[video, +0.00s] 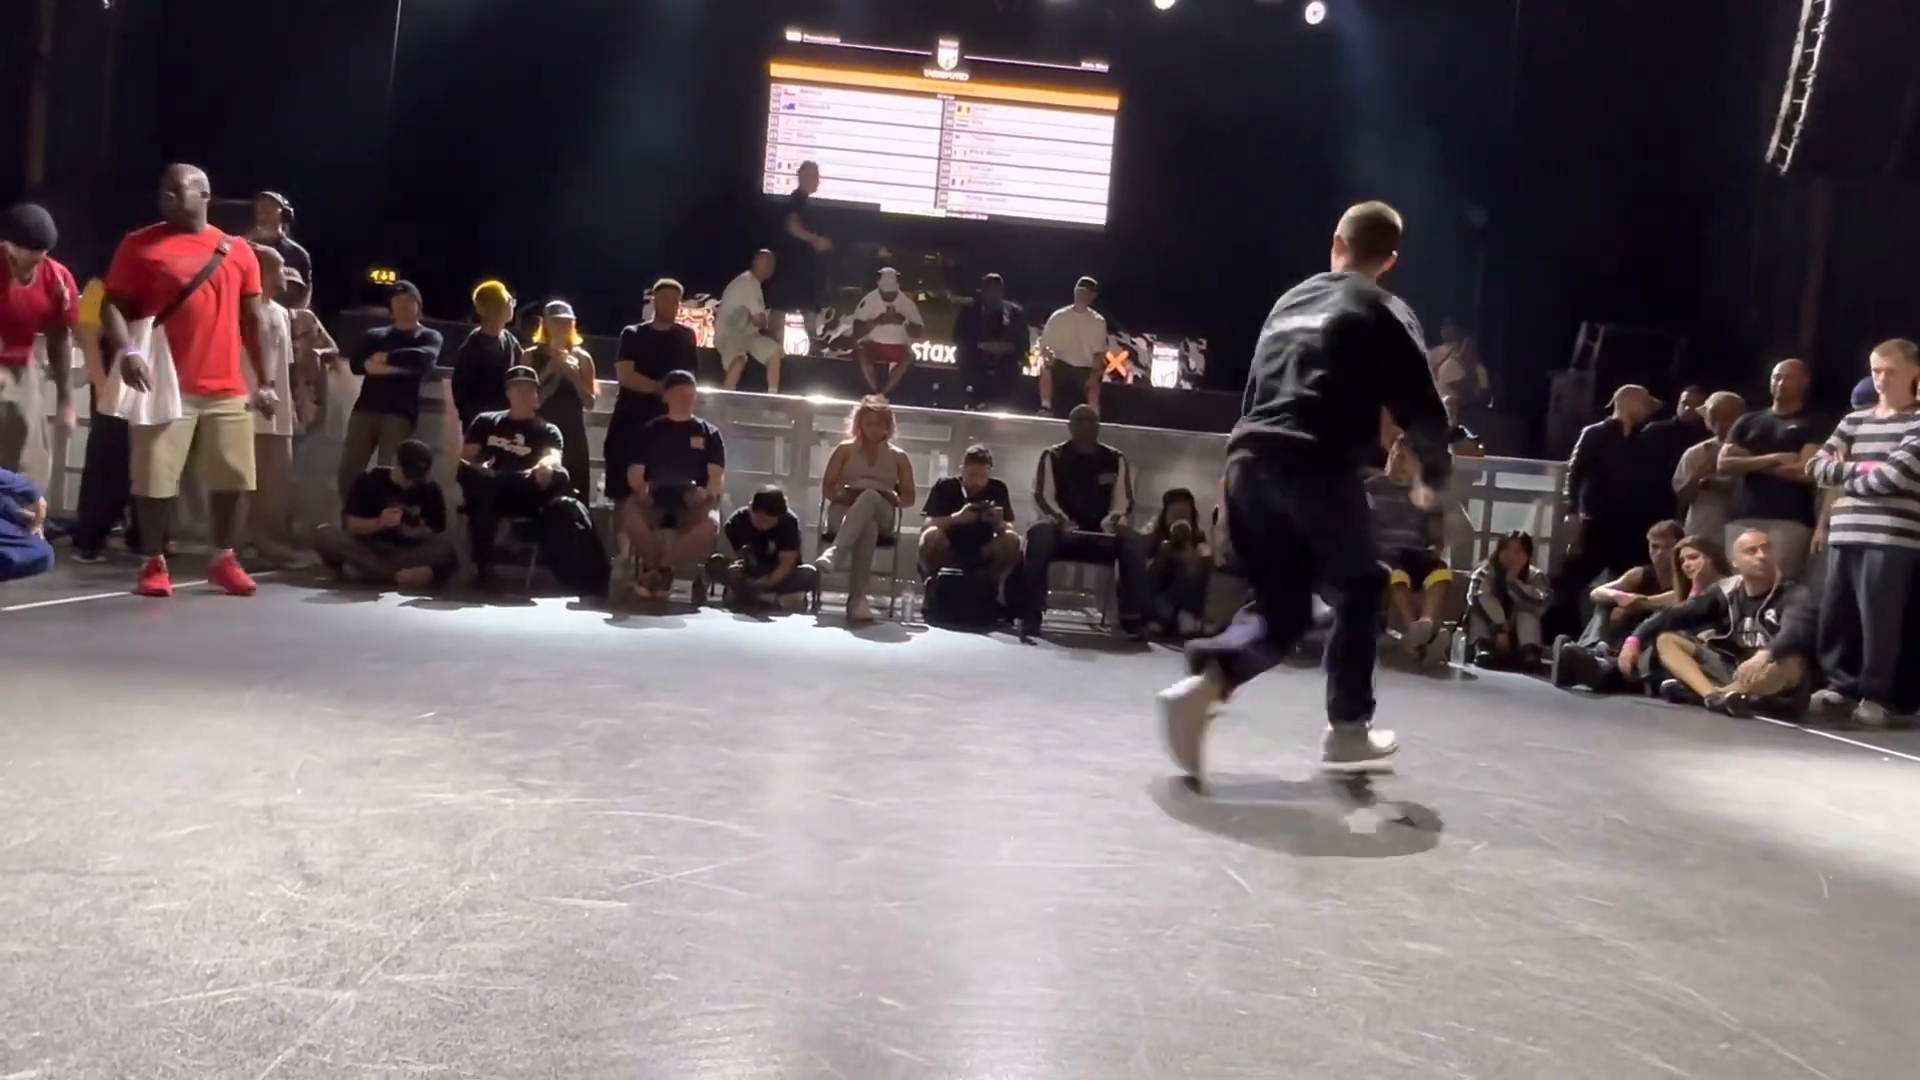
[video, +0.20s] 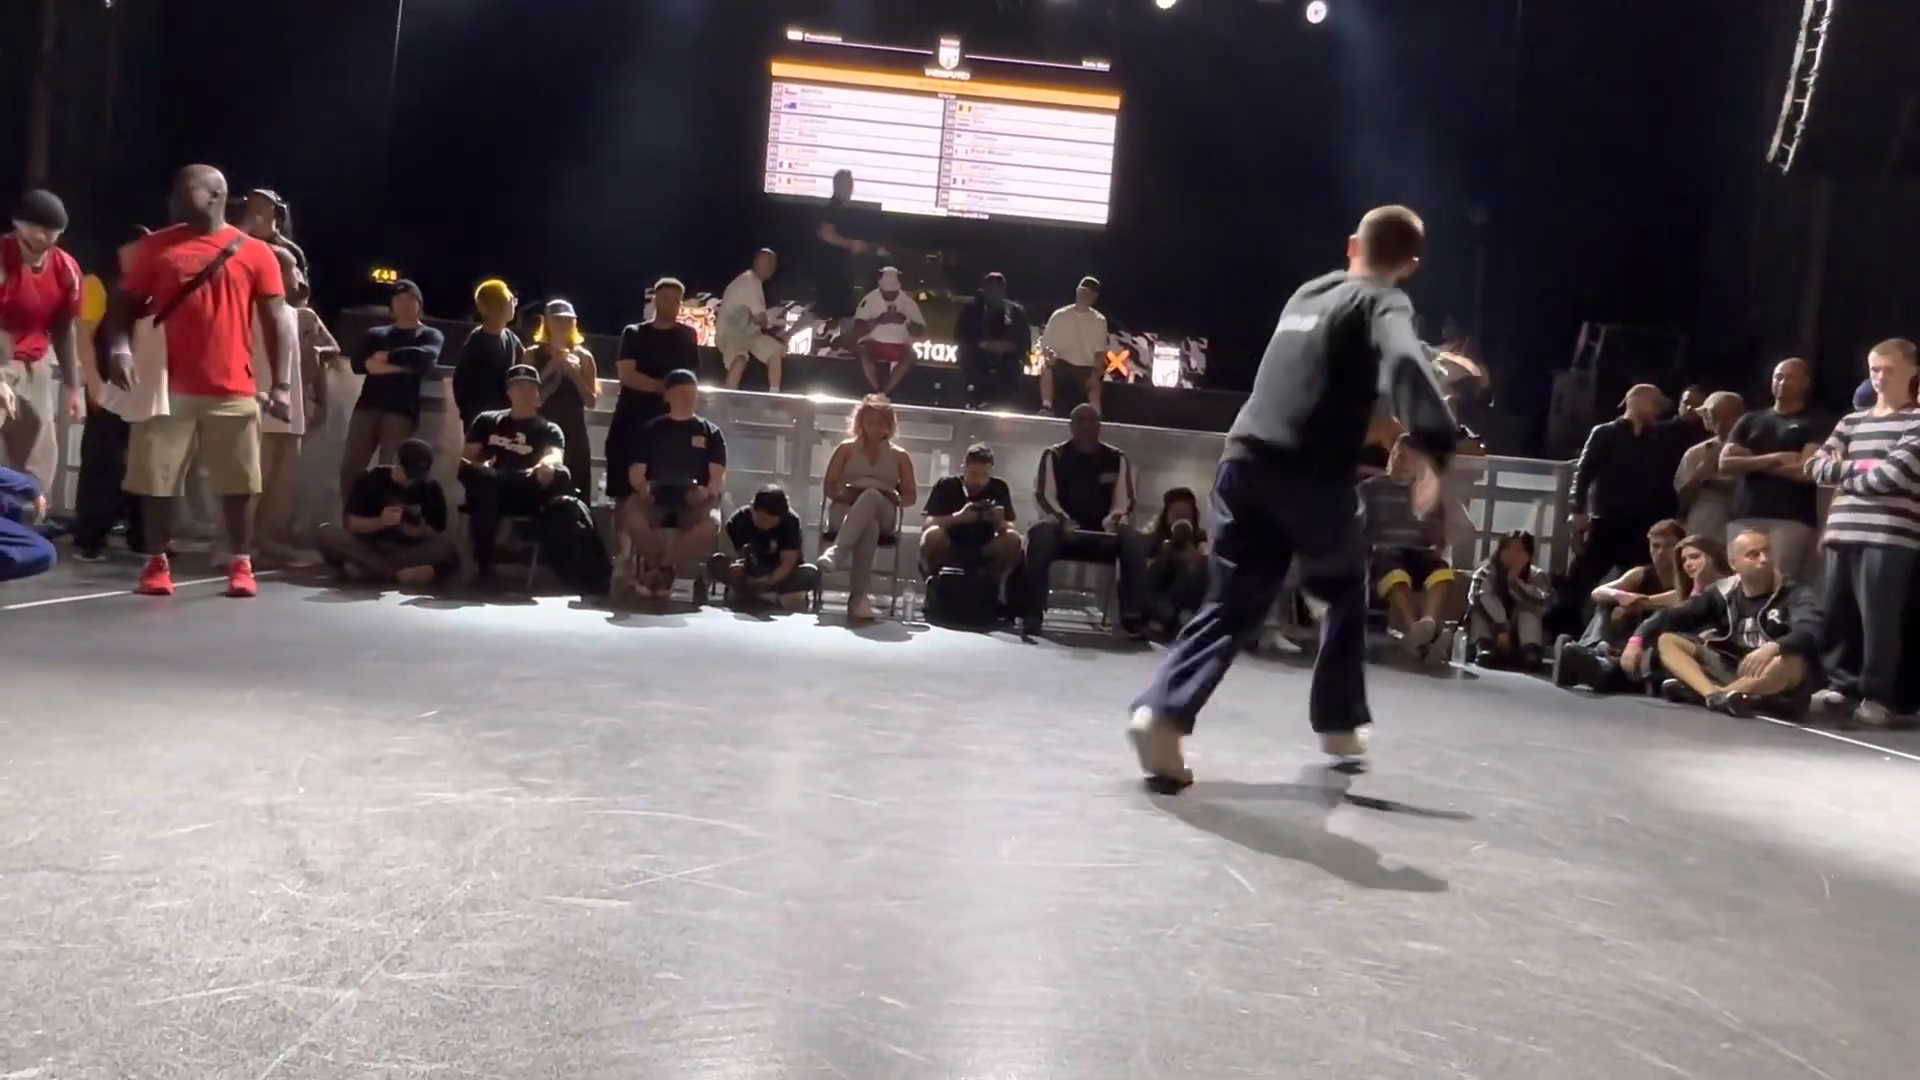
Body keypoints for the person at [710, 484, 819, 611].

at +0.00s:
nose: (763, 526)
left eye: (769, 522)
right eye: (760, 520)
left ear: (778, 516)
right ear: (751, 509)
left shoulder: (788, 522)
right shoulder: (734, 524)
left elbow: (788, 562)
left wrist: (768, 581)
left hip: (779, 570)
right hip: (750, 572)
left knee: (810, 573)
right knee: (715, 566)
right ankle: (777, 601)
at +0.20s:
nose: (765, 526)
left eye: (771, 522)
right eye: (762, 520)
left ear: (780, 516)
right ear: (753, 508)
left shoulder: (790, 521)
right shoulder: (736, 523)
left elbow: (789, 562)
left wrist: (769, 580)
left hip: (780, 568)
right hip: (752, 569)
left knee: (811, 573)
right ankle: (777, 600)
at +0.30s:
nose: (766, 526)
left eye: (772, 523)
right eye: (762, 520)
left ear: (780, 516)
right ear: (753, 509)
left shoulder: (791, 521)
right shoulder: (737, 522)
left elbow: (789, 561)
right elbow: (728, 558)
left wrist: (769, 580)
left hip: (780, 567)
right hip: (751, 569)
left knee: (812, 572)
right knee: (731, 595)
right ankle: (778, 600)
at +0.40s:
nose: (765, 525)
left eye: (771, 522)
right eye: (762, 520)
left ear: (780, 516)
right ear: (753, 508)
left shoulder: (791, 521)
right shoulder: (737, 522)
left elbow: (789, 561)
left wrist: (770, 580)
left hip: (780, 567)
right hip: (751, 569)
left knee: (811, 572)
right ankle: (779, 600)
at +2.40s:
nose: (766, 526)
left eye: (771, 522)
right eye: (763, 521)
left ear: (779, 516)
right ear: (753, 511)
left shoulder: (790, 523)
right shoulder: (736, 523)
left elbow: (788, 564)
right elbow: (744, 557)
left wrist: (766, 583)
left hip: (780, 571)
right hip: (753, 572)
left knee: (810, 574)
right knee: (716, 564)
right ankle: (777, 601)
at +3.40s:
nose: (757, 535)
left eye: (761, 531)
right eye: (753, 530)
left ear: (769, 525)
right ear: (744, 521)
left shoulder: (781, 530)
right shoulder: (726, 532)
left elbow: (778, 571)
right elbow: (731, 567)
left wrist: (759, 590)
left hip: (770, 577)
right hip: (741, 578)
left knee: (801, 581)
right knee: (705, 571)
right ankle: (765, 608)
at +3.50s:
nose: (752, 537)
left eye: (757, 533)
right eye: (748, 531)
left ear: (767, 528)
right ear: (742, 523)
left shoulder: (780, 532)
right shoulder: (726, 534)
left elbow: (777, 572)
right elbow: (735, 569)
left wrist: (761, 592)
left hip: (770, 579)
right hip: (742, 581)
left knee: (800, 582)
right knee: (705, 572)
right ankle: (767, 611)